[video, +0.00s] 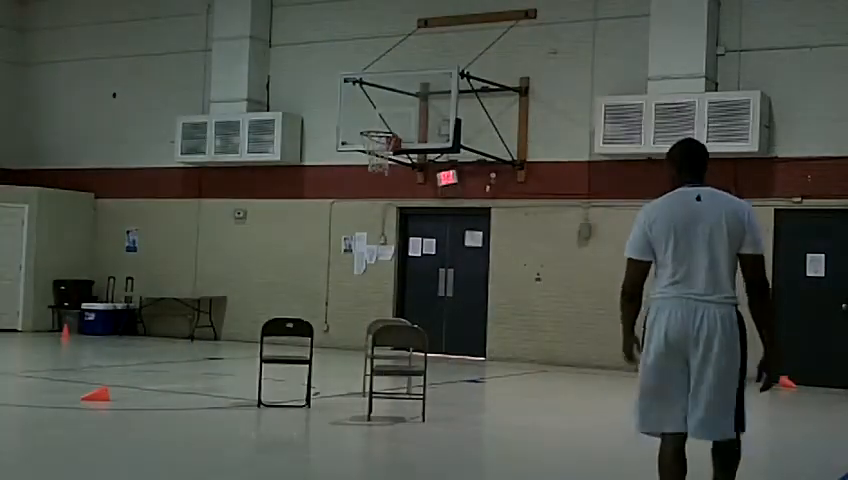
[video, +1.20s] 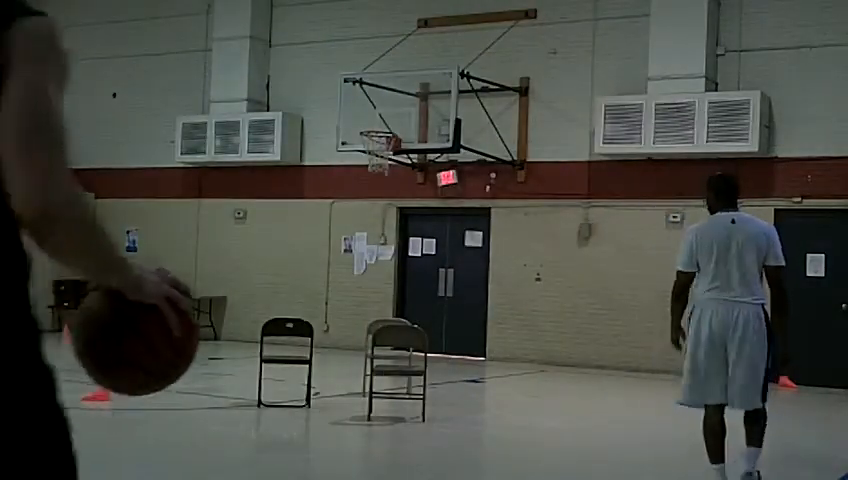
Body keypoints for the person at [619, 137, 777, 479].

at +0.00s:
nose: (666, 171)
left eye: (667, 166)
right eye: (668, 166)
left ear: (672, 168)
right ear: (706, 168)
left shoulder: (654, 211)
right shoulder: (738, 210)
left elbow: (631, 285)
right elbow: (757, 286)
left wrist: (628, 332)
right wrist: (770, 349)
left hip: (666, 323)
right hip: (720, 325)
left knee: (671, 432)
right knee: (725, 431)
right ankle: (723, 479)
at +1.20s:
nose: (706, 202)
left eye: (707, 198)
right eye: (708, 197)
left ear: (711, 199)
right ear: (738, 198)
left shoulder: (698, 233)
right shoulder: (764, 231)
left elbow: (681, 285)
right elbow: (777, 285)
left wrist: (675, 324)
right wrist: (780, 332)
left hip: (708, 317)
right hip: (749, 317)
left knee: (712, 402)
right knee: (754, 399)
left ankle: (718, 473)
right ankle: (751, 467)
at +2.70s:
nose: (715, 222)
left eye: (717, 218)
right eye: (717, 217)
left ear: (723, 219)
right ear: (740, 220)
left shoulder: (712, 245)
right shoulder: (762, 248)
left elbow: (699, 288)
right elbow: (771, 293)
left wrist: (685, 327)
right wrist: (776, 332)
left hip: (722, 313)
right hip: (754, 314)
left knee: (707, 377)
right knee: (752, 380)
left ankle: (722, 426)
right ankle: (755, 444)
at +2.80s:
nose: (713, 222)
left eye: (715, 218)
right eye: (714, 217)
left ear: (719, 218)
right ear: (737, 219)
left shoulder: (712, 242)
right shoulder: (759, 246)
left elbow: (700, 288)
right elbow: (765, 295)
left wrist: (689, 328)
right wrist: (769, 334)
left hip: (719, 311)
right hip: (751, 313)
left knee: (700, 375)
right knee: (749, 379)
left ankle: (716, 426)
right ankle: (755, 443)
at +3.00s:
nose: (695, 226)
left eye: (697, 222)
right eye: (697, 221)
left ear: (702, 223)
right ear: (720, 224)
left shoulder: (700, 247)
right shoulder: (741, 248)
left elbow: (697, 289)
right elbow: (752, 291)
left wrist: (692, 330)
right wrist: (738, 312)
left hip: (713, 313)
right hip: (742, 312)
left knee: (693, 371)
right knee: (748, 378)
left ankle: (684, 427)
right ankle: (754, 441)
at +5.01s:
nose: (453, 229)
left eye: (454, 225)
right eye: (454, 224)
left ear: (460, 225)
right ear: (471, 225)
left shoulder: (459, 245)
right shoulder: (486, 246)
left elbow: (451, 275)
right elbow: (491, 283)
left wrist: (439, 292)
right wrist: (491, 317)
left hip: (466, 298)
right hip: (482, 298)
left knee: (473, 354)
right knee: (452, 350)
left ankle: (506, 395)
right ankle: (444, 398)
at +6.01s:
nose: (322, 240)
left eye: (321, 237)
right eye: (320, 237)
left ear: (324, 233)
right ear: (335, 227)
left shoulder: (336, 246)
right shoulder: (361, 237)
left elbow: (323, 284)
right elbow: (380, 264)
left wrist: (300, 314)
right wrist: (387, 294)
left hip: (359, 291)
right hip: (377, 288)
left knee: (355, 343)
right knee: (363, 341)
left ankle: (356, 393)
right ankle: (359, 389)